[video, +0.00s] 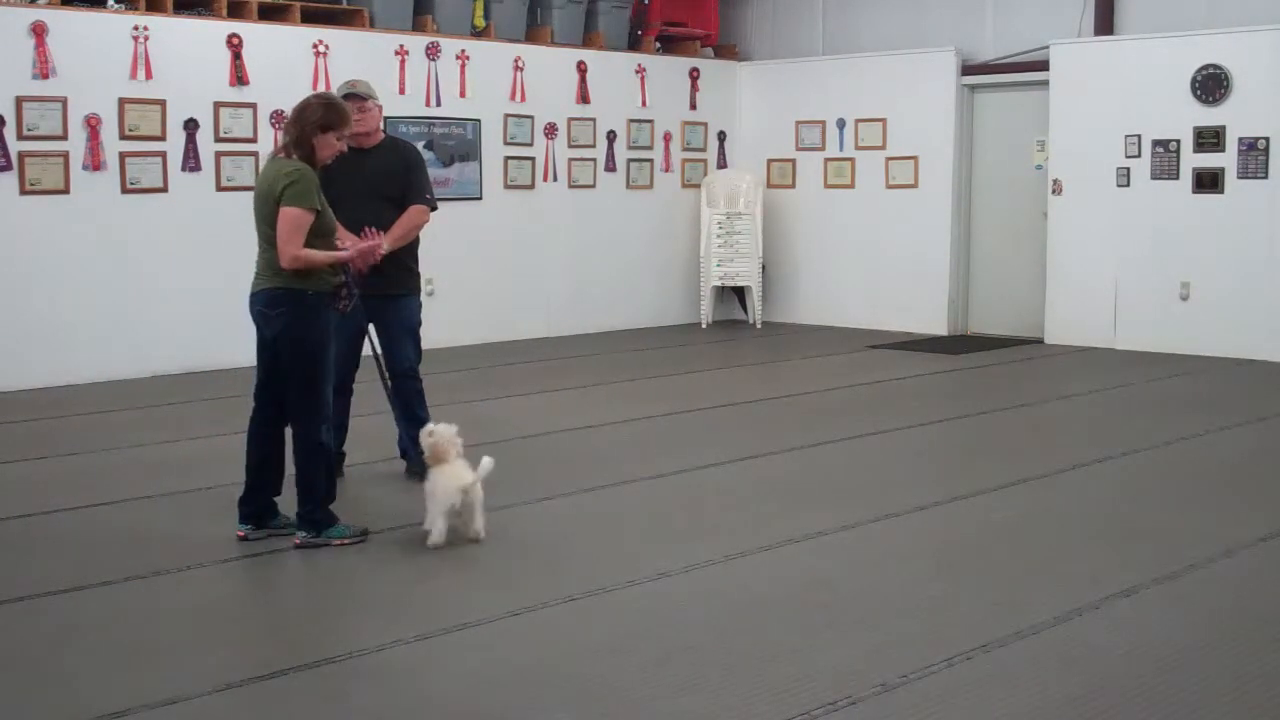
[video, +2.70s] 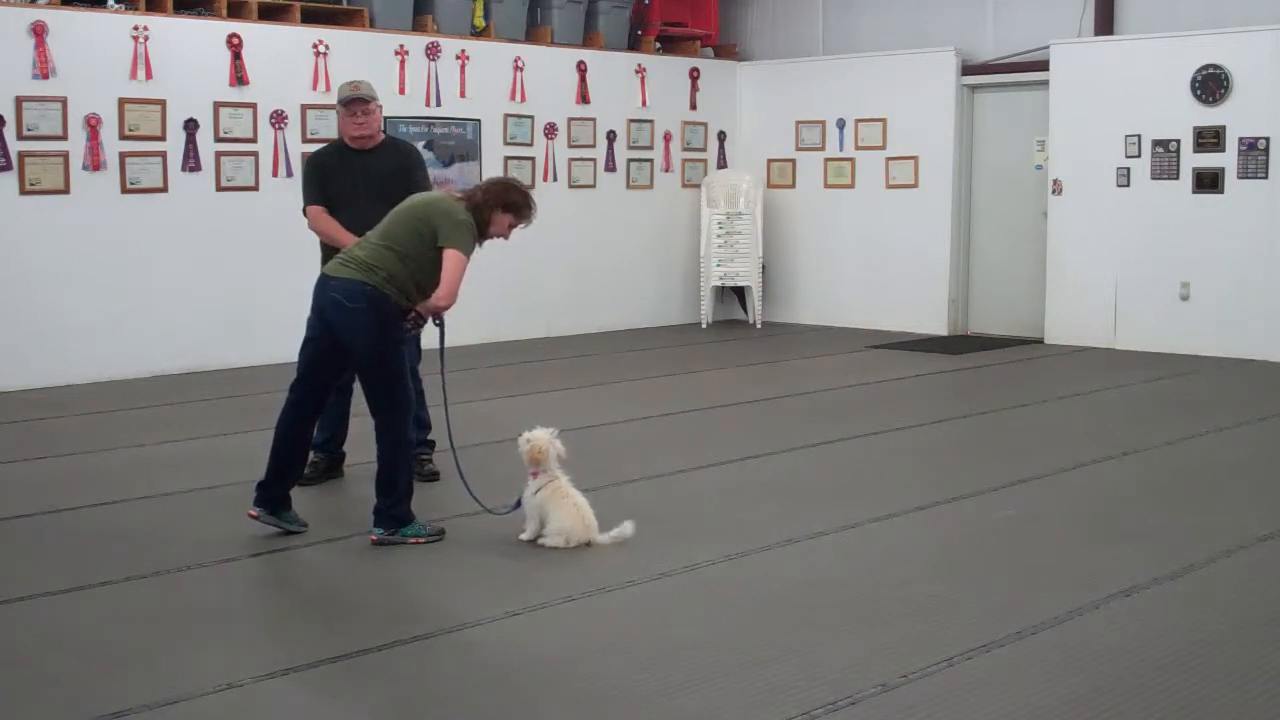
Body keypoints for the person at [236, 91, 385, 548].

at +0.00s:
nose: (341, 149)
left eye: (344, 141)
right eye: (338, 140)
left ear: (306, 133)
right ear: (315, 133)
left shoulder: (276, 169)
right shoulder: (301, 179)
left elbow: (316, 228)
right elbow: (290, 255)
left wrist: (353, 246)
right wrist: (345, 255)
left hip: (274, 299)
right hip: (299, 303)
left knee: (269, 409)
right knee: (313, 412)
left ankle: (256, 513)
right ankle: (315, 519)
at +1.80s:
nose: (363, 154)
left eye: (364, 146)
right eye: (358, 144)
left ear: (331, 140)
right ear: (335, 138)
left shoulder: (307, 177)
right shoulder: (314, 179)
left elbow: (331, 236)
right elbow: (317, 253)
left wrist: (356, 257)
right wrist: (348, 280)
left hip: (287, 306)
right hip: (303, 307)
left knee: (270, 414)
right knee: (351, 405)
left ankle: (256, 515)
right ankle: (375, 515)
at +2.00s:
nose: (414, 173)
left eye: (417, 166)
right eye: (411, 164)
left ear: (384, 153)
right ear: (388, 153)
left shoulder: (340, 181)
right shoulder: (367, 190)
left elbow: (332, 249)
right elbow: (363, 269)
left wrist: (375, 275)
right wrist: (377, 290)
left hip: (297, 306)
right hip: (329, 310)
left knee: (281, 413)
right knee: (373, 412)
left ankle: (256, 515)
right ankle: (391, 518)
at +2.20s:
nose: (465, 195)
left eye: (469, 188)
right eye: (464, 185)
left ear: (437, 171)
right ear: (444, 175)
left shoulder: (387, 187)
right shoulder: (413, 202)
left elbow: (362, 248)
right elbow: (402, 278)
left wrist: (397, 292)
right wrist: (400, 304)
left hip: (311, 296)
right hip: (347, 305)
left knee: (292, 404)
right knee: (382, 412)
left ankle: (261, 509)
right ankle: (391, 519)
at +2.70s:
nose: (509, 233)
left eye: (515, 227)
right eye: (511, 223)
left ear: (489, 201)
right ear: (494, 206)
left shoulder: (433, 203)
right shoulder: (460, 221)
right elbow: (445, 297)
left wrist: (419, 305)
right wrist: (424, 308)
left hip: (333, 291)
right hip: (372, 303)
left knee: (306, 398)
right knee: (395, 416)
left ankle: (270, 499)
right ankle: (393, 520)